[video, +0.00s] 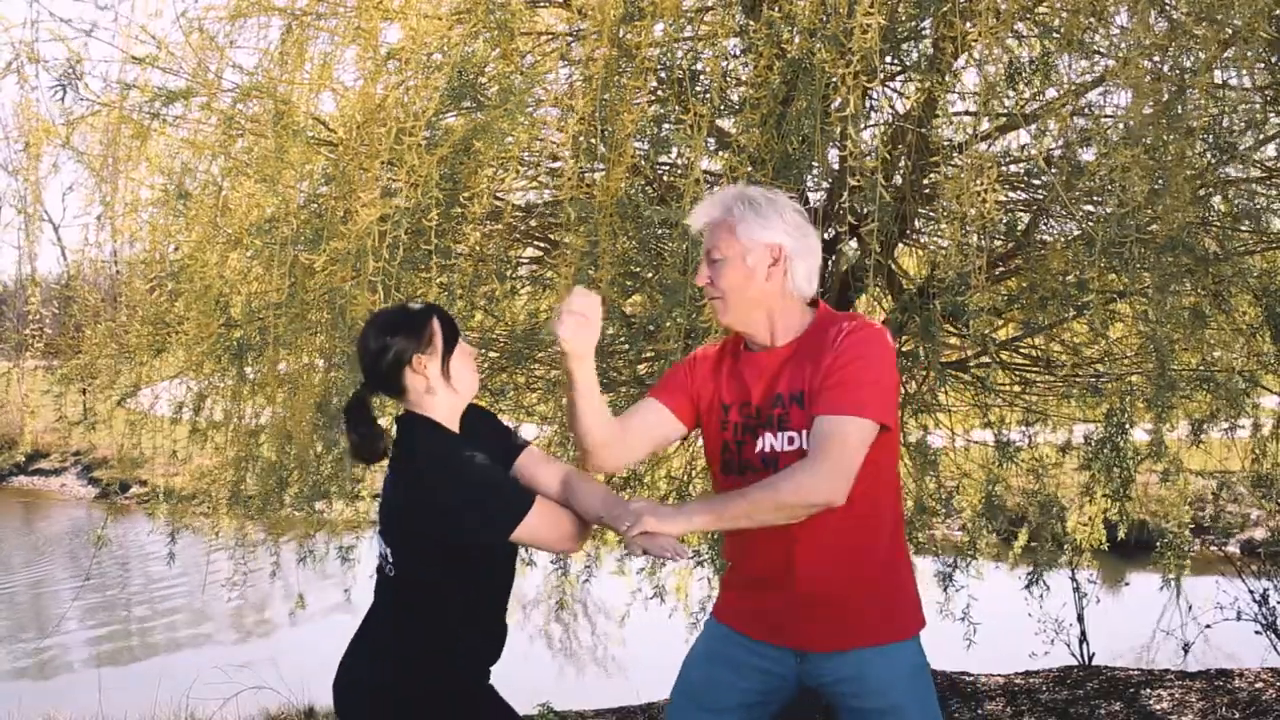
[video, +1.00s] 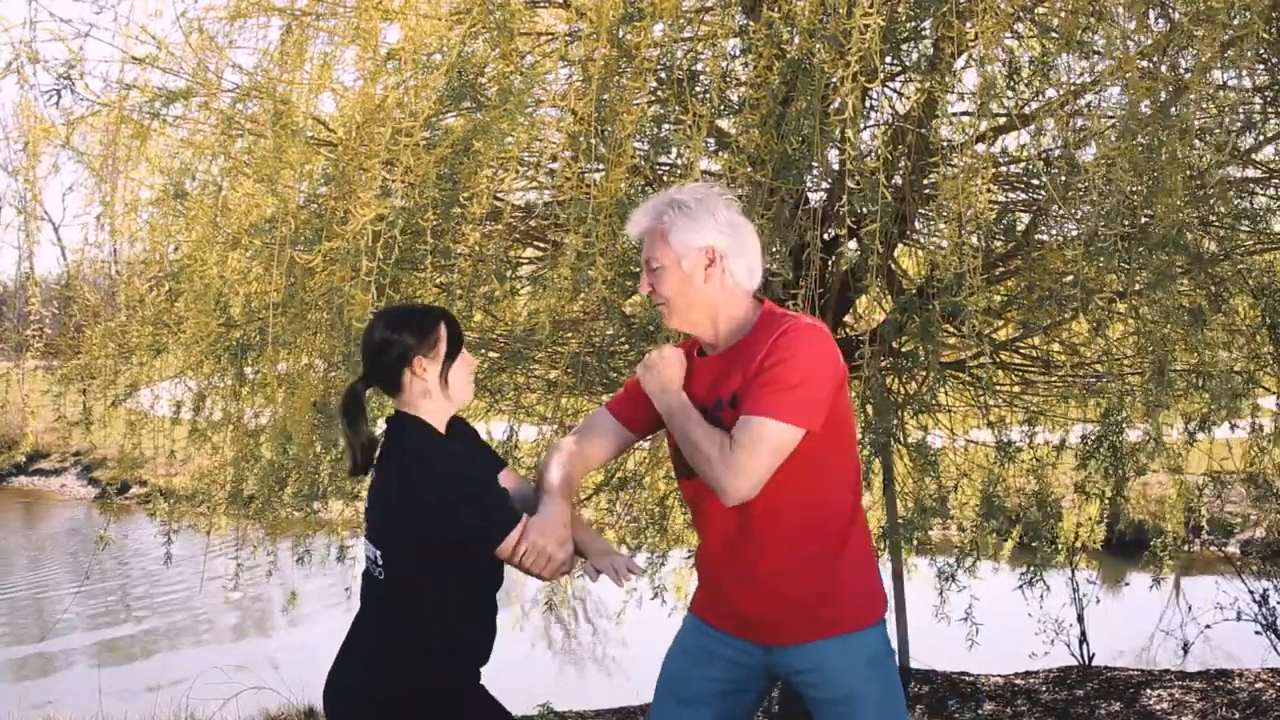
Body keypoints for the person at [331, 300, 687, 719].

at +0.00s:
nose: (474, 350)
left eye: (464, 339)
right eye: (459, 342)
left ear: (422, 368)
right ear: (423, 368)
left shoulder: (466, 422)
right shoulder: (443, 469)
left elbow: (562, 478)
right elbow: (568, 534)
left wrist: (631, 522)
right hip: (430, 696)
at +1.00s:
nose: (472, 360)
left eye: (464, 347)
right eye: (459, 349)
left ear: (421, 370)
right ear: (423, 368)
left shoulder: (448, 431)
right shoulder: (435, 468)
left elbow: (529, 496)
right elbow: (544, 560)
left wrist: (590, 542)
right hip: (421, 697)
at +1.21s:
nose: (469, 358)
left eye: (462, 345)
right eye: (457, 347)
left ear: (417, 360)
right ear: (419, 359)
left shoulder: (427, 419)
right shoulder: (428, 457)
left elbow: (511, 481)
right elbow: (539, 552)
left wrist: (580, 530)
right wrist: (581, 541)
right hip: (409, 689)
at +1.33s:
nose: (463, 357)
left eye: (457, 342)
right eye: (451, 343)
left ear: (406, 357)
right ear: (412, 355)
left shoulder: (377, 420)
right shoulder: (437, 452)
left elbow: (494, 462)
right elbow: (565, 538)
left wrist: (573, 501)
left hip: (330, 673)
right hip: (403, 689)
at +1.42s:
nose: (454, 355)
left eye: (449, 341)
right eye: (443, 343)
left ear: (396, 358)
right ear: (403, 356)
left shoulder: (358, 428)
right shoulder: (435, 458)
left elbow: (451, 470)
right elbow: (564, 534)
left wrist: (533, 475)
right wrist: (603, 519)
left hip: (320, 678)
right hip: (402, 689)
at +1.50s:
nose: (439, 359)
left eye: (434, 346)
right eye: (429, 347)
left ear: (380, 362)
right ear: (389, 362)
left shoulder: (336, 436)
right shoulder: (430, 459)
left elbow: (392, 470)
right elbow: (548, 529)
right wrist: (606, 503)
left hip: (307, 686)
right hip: (397, 693)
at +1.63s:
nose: (412, 375)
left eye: (410, 361)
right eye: (403, 361)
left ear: (348, 374)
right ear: (360, 376)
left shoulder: (299, 445)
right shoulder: (390, 468)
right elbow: (509, 531)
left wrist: (398, 454)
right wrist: (566, 441)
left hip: (275, 690)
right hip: (366, 695)